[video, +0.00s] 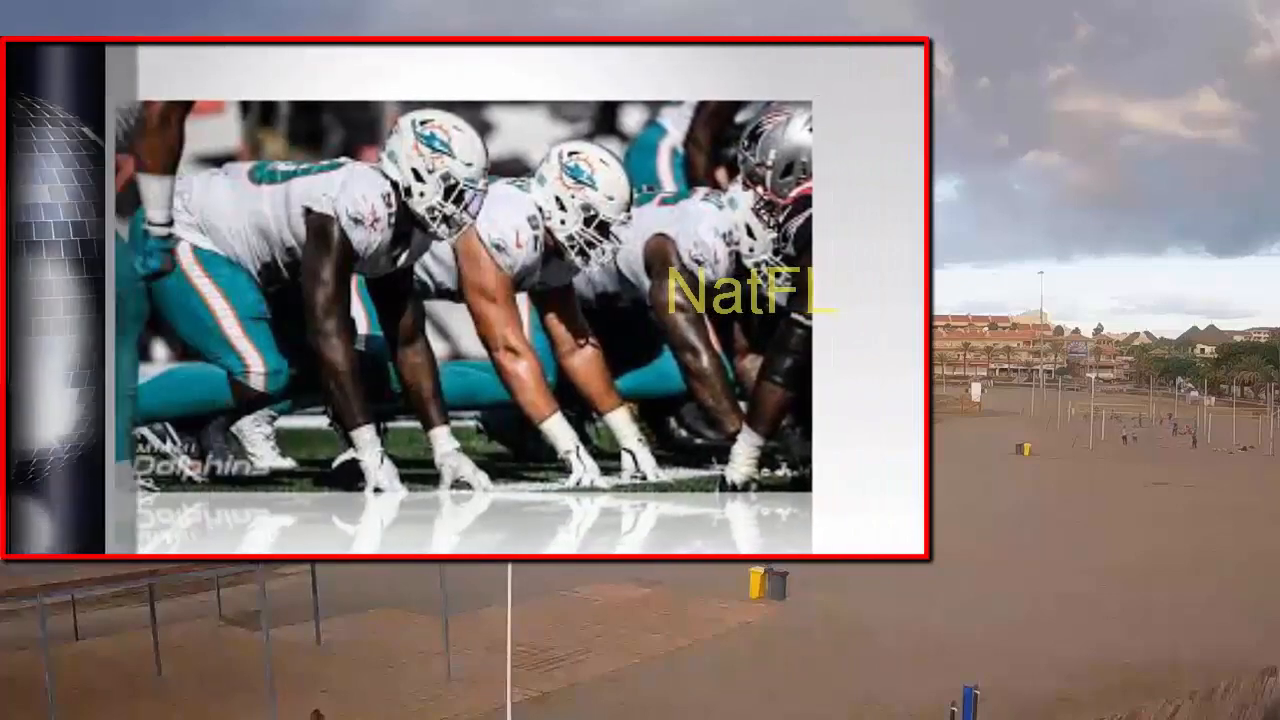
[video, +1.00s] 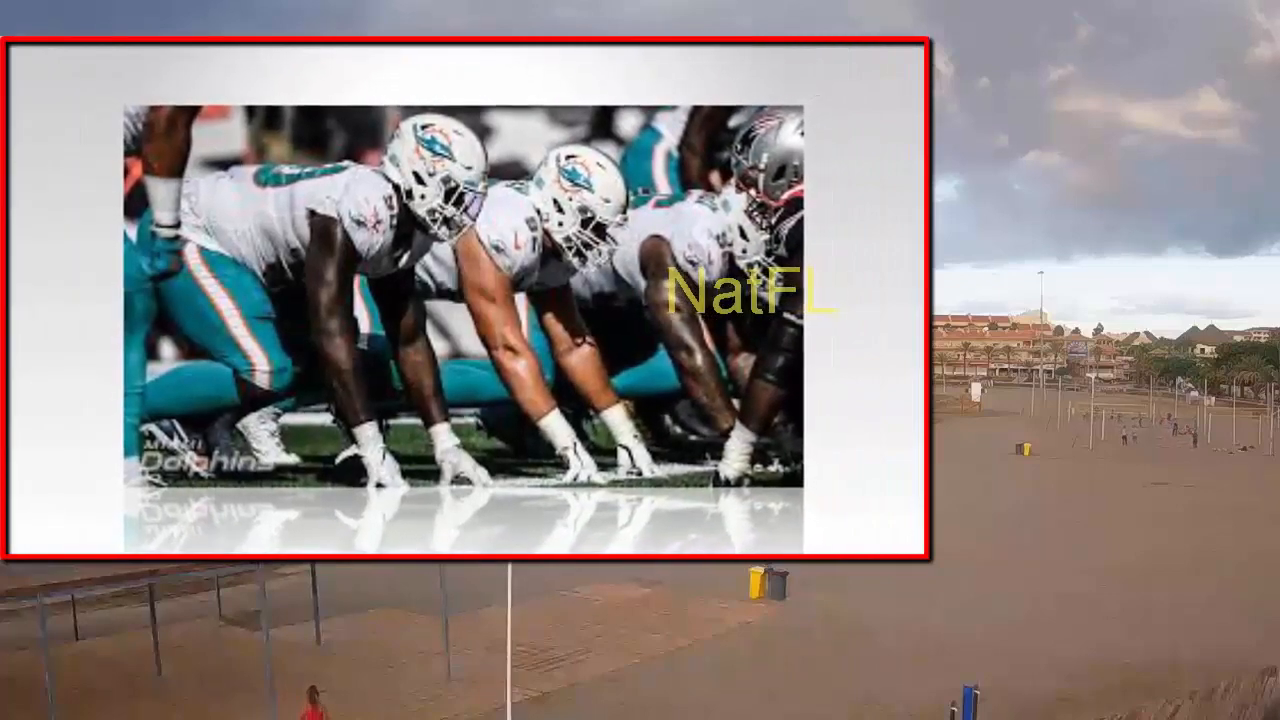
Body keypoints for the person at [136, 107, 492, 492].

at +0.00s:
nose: (457, 201)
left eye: (466, 190)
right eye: (449, 183)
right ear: (413, 164)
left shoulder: (399, 226)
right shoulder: (352, 202)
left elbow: (410, 340)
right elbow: (327, 332)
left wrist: (445, 447)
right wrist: (369, 449)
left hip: (247, 251)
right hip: (188, 235)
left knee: (312, 366)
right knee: (259, 374)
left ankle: (191, 426)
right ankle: (110, 412)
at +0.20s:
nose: (458, 202)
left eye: (466, 190)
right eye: (450, 183)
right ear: (414, 164)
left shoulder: (399, 227)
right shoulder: (353, 202)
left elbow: (410, 341)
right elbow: (327, 333)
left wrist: (445, 447)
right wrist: (369, 449)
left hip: (247, 252)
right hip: (191, 236)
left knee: (310, 365)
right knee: (260, 374)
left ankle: (188, 424)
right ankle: (105, 413)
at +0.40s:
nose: (458, 202)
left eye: (466, 191)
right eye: (450, 184)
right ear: (415, 165)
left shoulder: (399, 227)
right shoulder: (354, 202)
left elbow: (411, 340)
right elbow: (328, 333)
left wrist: (445, 446)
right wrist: (370, 449)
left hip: (248, 253)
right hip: (192, 237)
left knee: (314, 365)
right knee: (261, 373)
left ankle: (191, 422)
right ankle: (108, 413)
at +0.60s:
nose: (458, 203)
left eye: (466, 191)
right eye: (450, 185)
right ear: (415, 166)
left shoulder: (399, 227)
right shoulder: (353, 203)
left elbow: (411, 340)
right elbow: (329, 332)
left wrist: (445, 445)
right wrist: (370, 447)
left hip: (251, 254)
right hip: (193, 237)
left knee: (314, 364)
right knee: (262, 372)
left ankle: (192, 422)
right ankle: (109, 413)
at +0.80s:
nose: (458, 203)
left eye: (466, 191)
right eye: (449, 185)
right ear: (414, 166)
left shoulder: (400, 228)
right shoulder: (354, 203)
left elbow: (411, 339)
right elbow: (329, 332)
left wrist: (445, 444)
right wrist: (370, 446)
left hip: (252, 255)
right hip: (195, 238)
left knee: (314, 365)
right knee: (263, 372)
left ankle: (192, 422)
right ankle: (112, 413)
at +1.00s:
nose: (459, 204)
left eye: (467, 192)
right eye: (451, 186)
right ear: (416, 168)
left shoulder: (400, 228)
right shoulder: (356, 204)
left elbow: (411, 339)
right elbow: (330, 331)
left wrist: (445, 443)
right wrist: (371, 446)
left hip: (251, 254)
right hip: (196, 238)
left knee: (310, 364)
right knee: (265, 371)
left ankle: (191, 423)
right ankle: (112, 411)